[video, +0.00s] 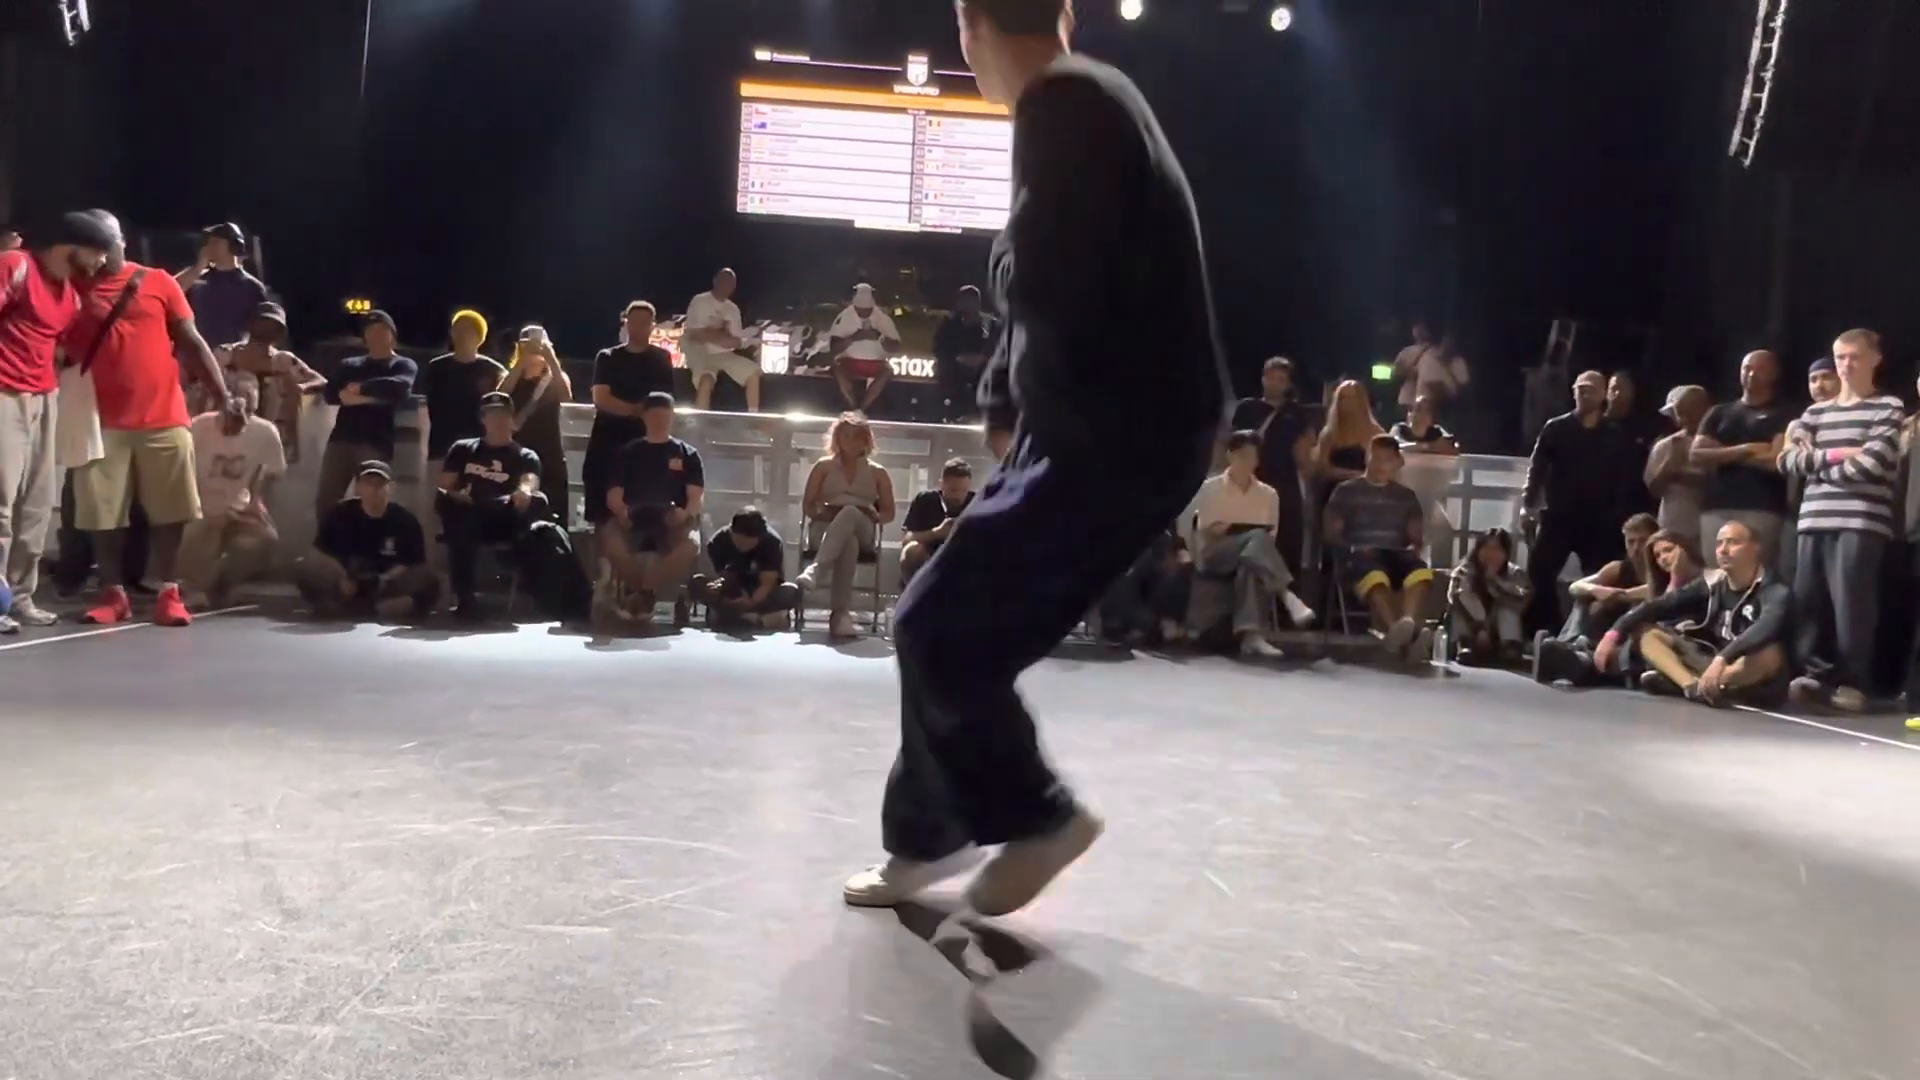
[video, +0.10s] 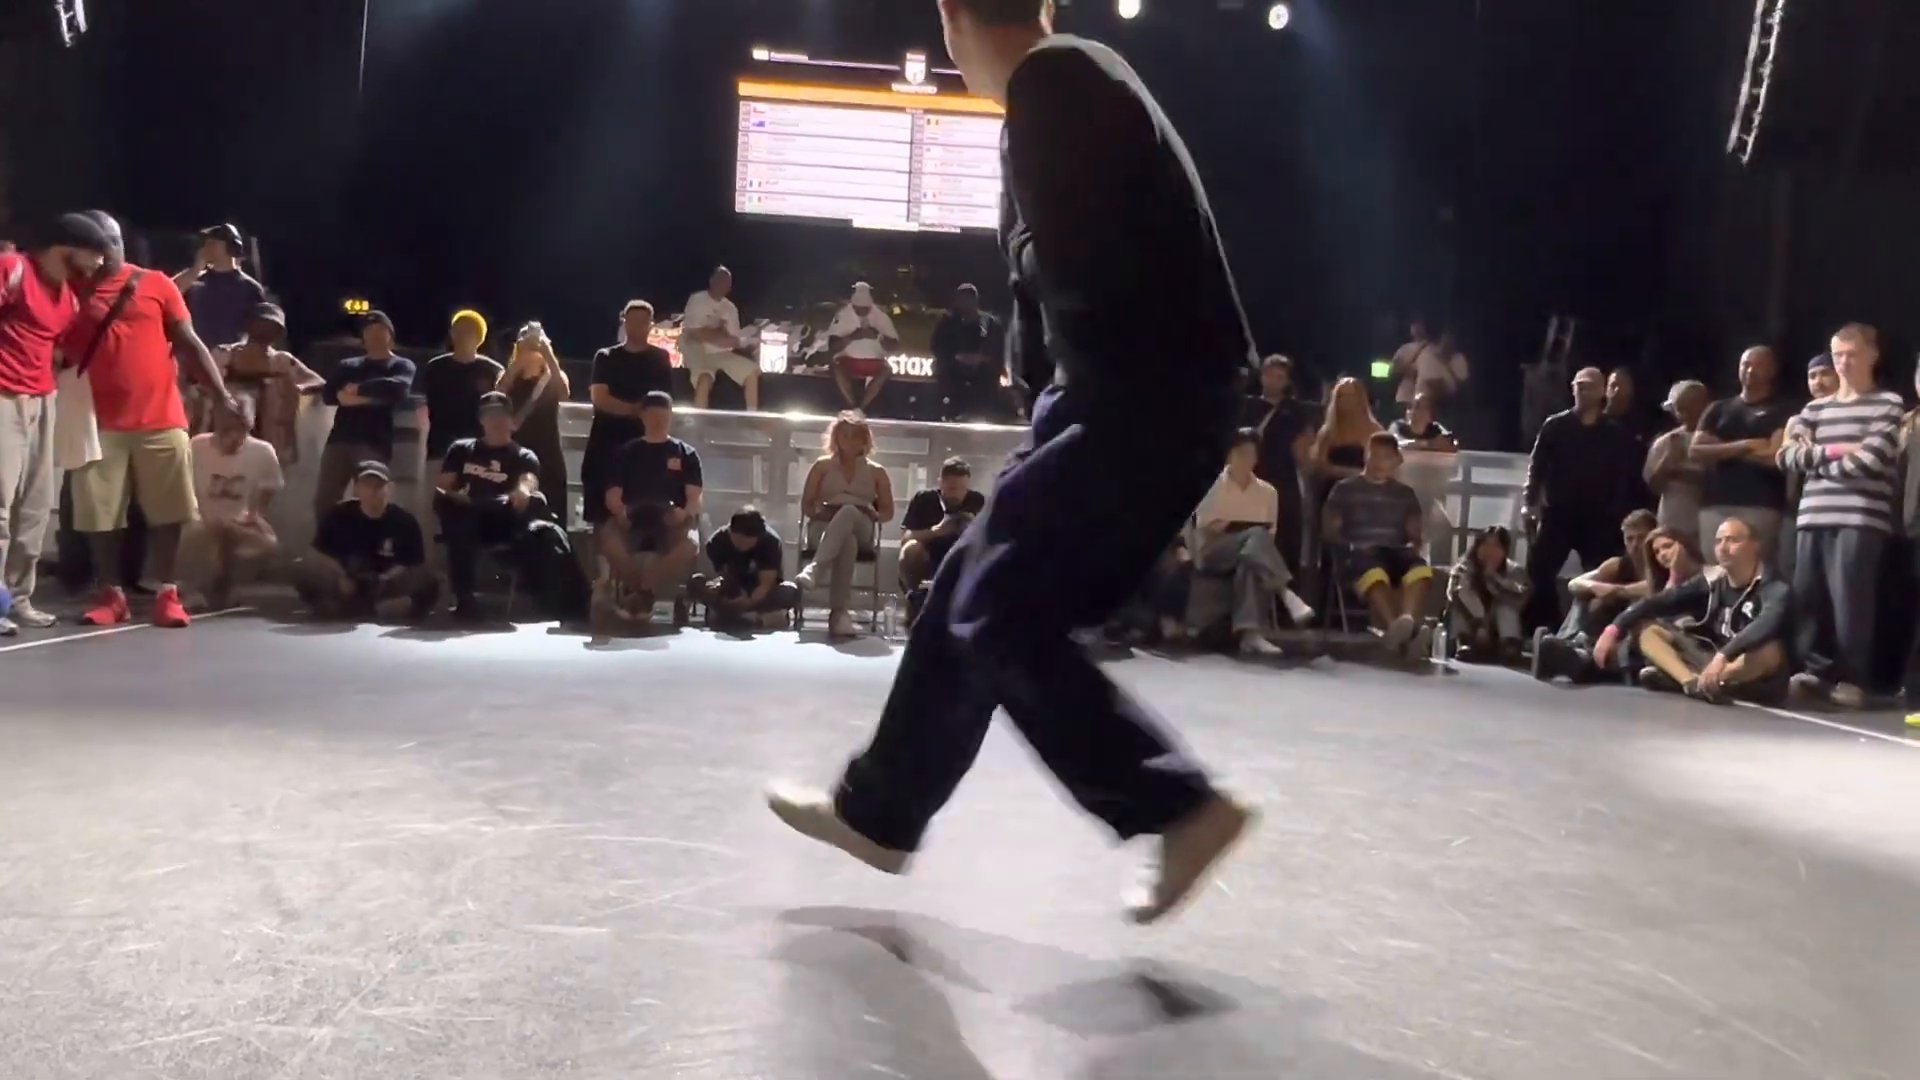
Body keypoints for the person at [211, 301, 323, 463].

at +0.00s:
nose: (267, 331)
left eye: (274, 327)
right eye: (263, 323)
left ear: (279, 332)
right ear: (251, 324)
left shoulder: (284, 360)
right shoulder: (226, 353)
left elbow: (321, 381)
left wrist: (301, 387)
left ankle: (290, 443)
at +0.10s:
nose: (266, 332)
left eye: (272, 328)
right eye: (262, 325)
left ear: (278, 333)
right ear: (251, 325)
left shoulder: (282, 360)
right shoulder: (225, 354)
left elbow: (318, 381)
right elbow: (205, 382)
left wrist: (299, 387)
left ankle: (286, 447)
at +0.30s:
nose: (261, 326)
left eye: (268, 322)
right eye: (258, 318)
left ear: (273, 329)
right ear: (246, 319)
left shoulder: (276, 355)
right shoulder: (218, 349)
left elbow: (314, 376)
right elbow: (198, 381)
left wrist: (294, 381)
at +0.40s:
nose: (263, 334)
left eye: (270, 330)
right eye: (259, 327)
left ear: (275, 335)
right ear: (248, 327)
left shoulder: (278, 362)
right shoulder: (222, 355)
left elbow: (317, 383)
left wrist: (295, 389)